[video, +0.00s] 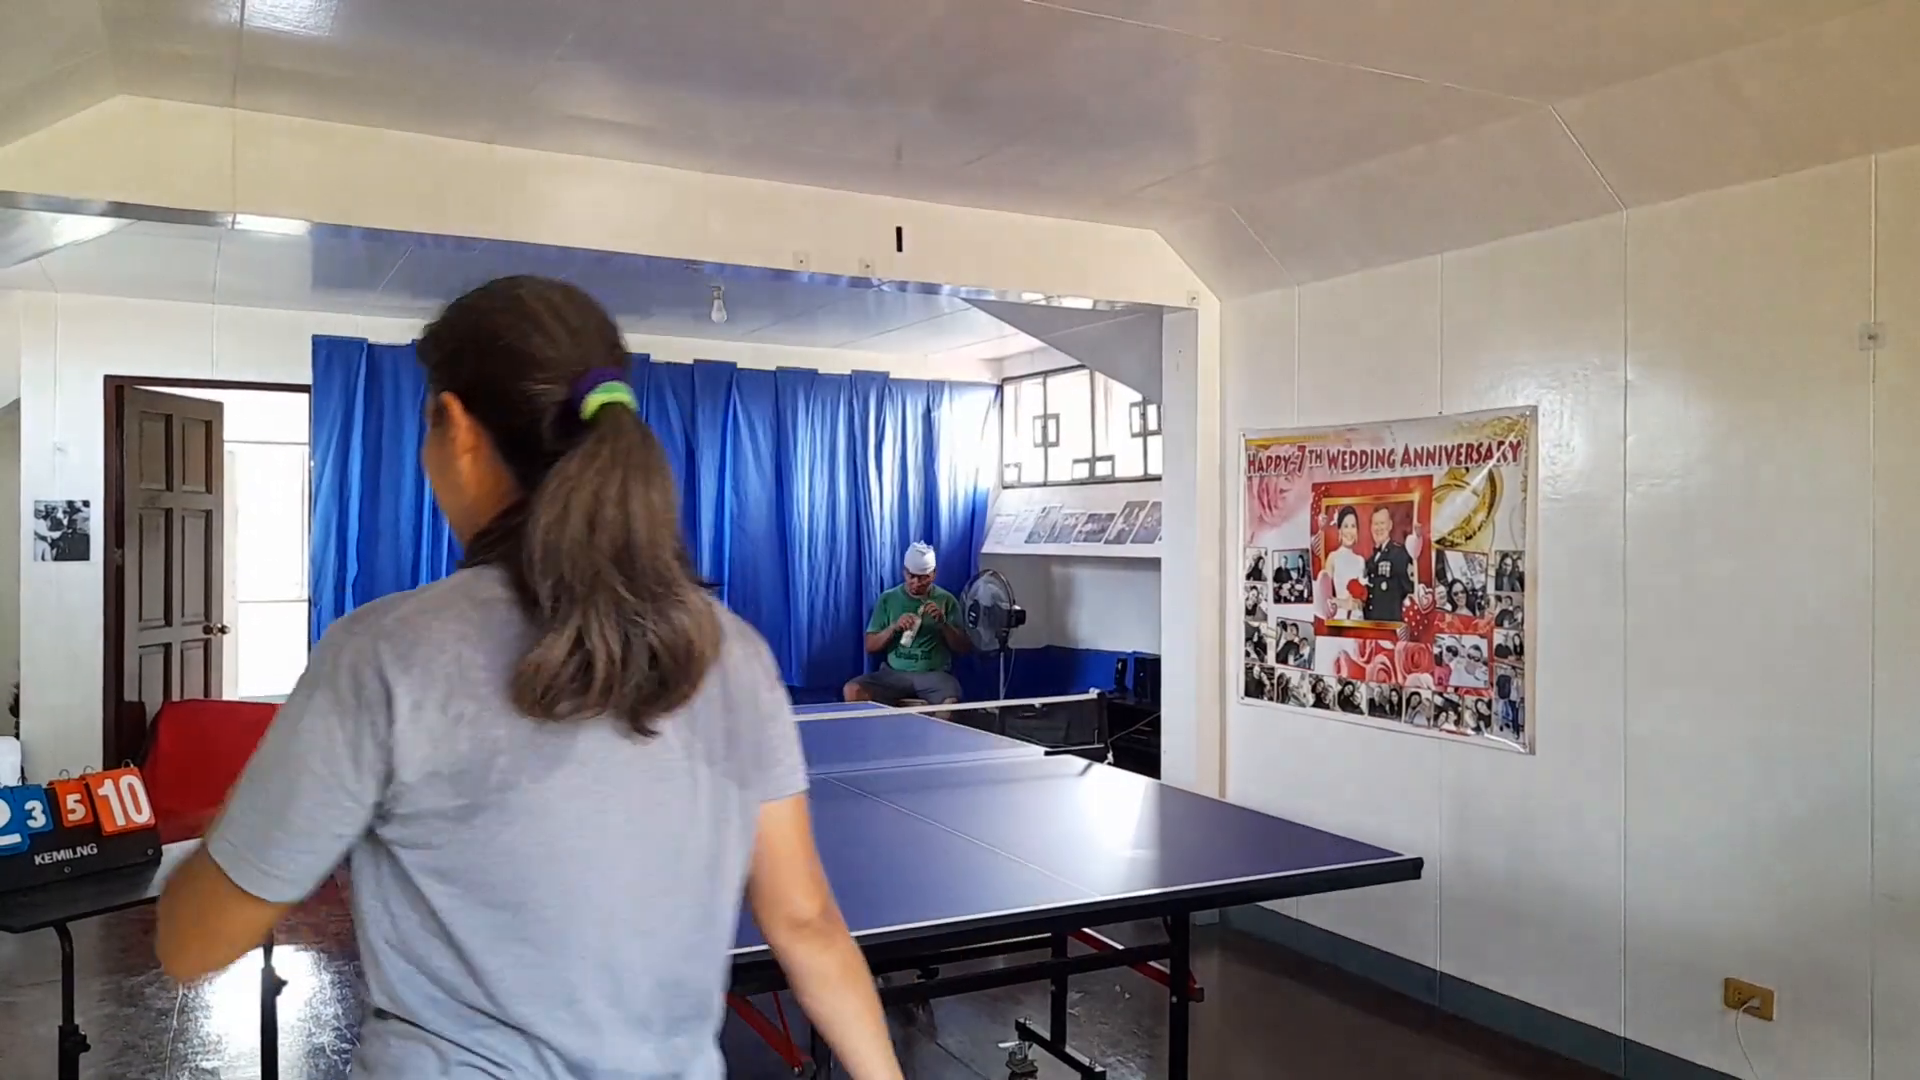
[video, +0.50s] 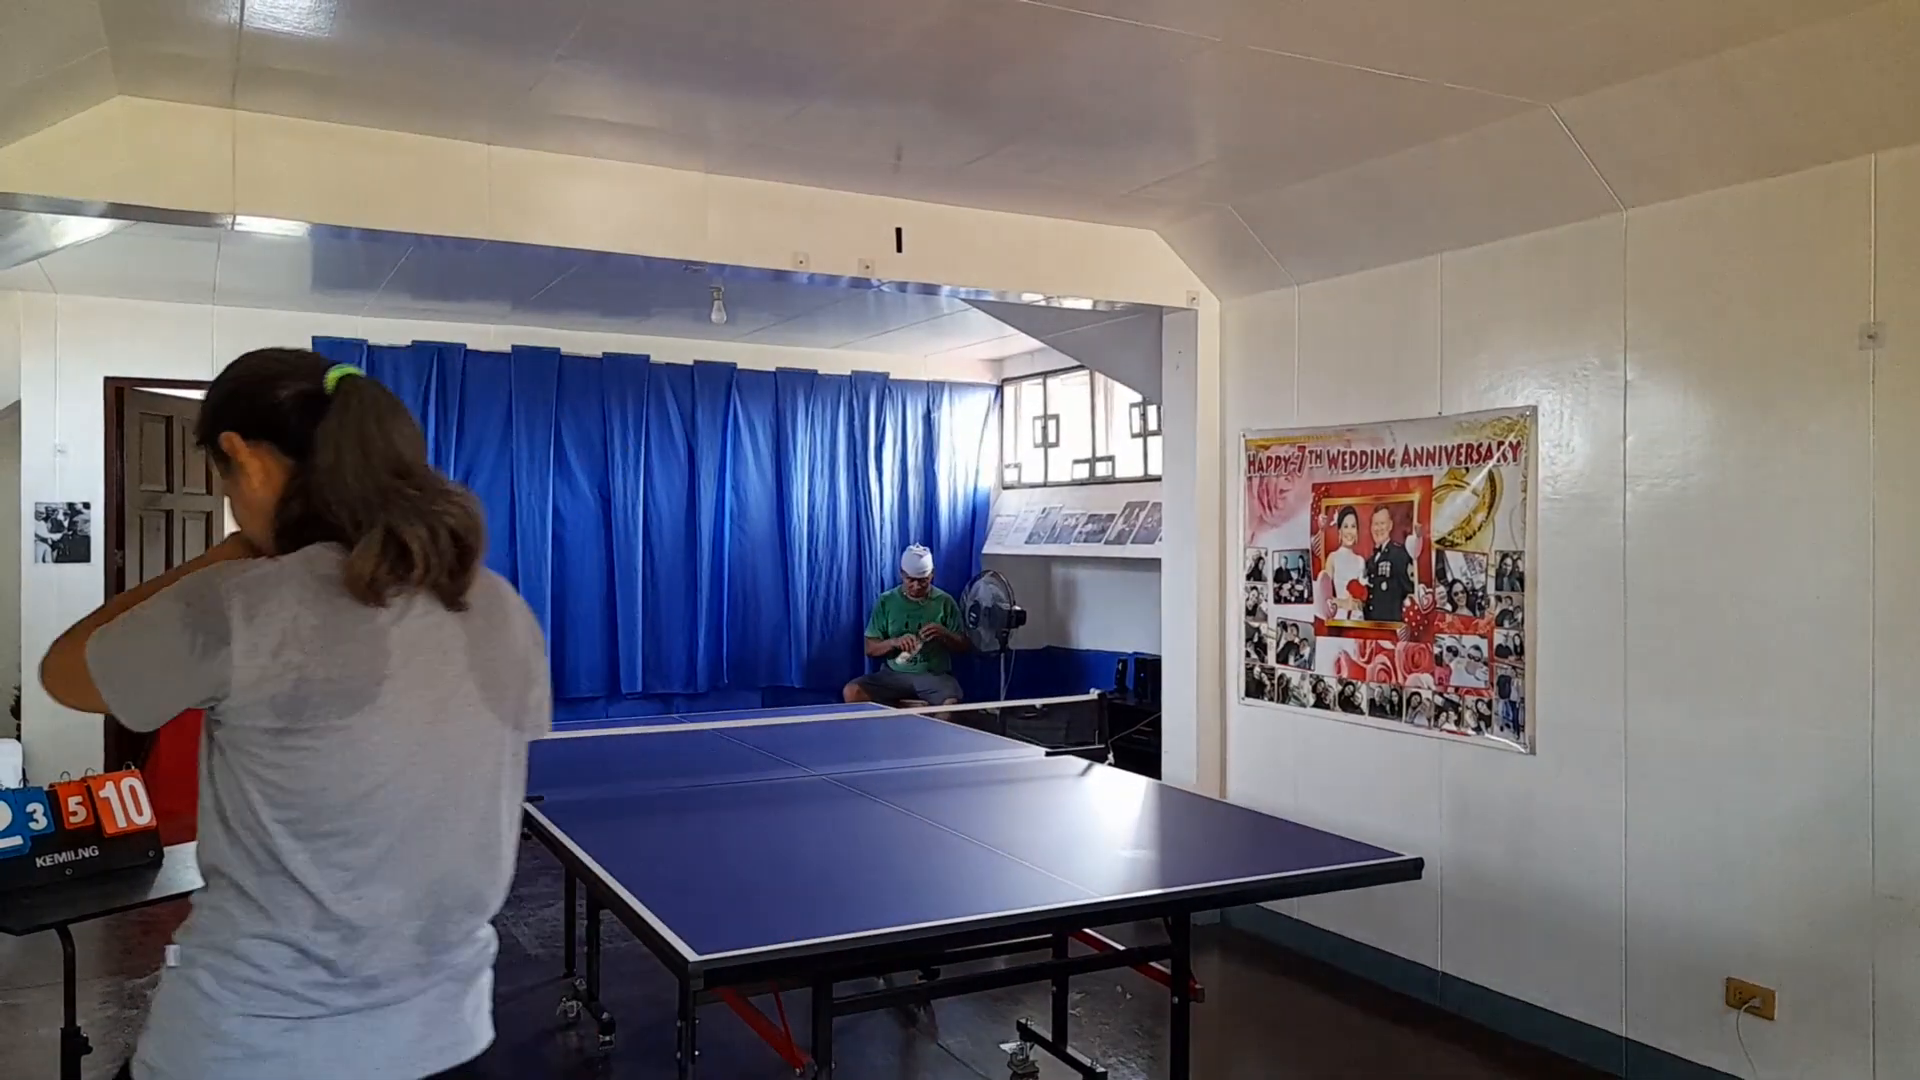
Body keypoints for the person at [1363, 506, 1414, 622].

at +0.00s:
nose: (1379, 528)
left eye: (1382, 523)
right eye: (1375, 524)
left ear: (1390, 525)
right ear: (1370, 527)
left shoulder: (1399, 552)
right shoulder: (1370, 560)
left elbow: (1405, 587)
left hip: (1392, 617)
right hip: (1371, 618)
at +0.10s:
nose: (1378, 526)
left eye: (1382, 521)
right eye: (1374, 522)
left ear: (1390, 523)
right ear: (1370, 524)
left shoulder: (1399, 550)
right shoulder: (1369, 558)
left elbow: (1403, 584)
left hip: (1391, 615)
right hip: (1370, 616)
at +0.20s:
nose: (1379, 527)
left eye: (1383, 522)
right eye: (1375, 523)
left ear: (1390, 524)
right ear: (1370, 526)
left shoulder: (1400, 551)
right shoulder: (1369, 560)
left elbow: (1406, 585)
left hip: (1393, 616)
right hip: (1372, 618)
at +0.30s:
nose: (1378, 528)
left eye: (1383, 523)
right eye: (1375, 523)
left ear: (1391, 525)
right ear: (1371, 527)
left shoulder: (1400, 553)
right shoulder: (1370, 561)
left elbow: (1407, 588)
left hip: (1394, 618)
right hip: (1372, 619)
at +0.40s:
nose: (1378, 526)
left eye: (1382, 522)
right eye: (1374, 522)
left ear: (1390, 523)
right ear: (1370, 525)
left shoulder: (1399, 552)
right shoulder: (1369, 560)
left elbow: (1407, 588)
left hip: (1393, 618)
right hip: (1371, 618)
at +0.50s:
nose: (1378, 528)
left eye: (1383, 523)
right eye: (1375, 524)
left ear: (1390, 525)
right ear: (1371, 527)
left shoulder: (1399, 553)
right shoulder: (1370, 561)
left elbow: (1407, 588)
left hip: (1393, 620)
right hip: (1371, 620)